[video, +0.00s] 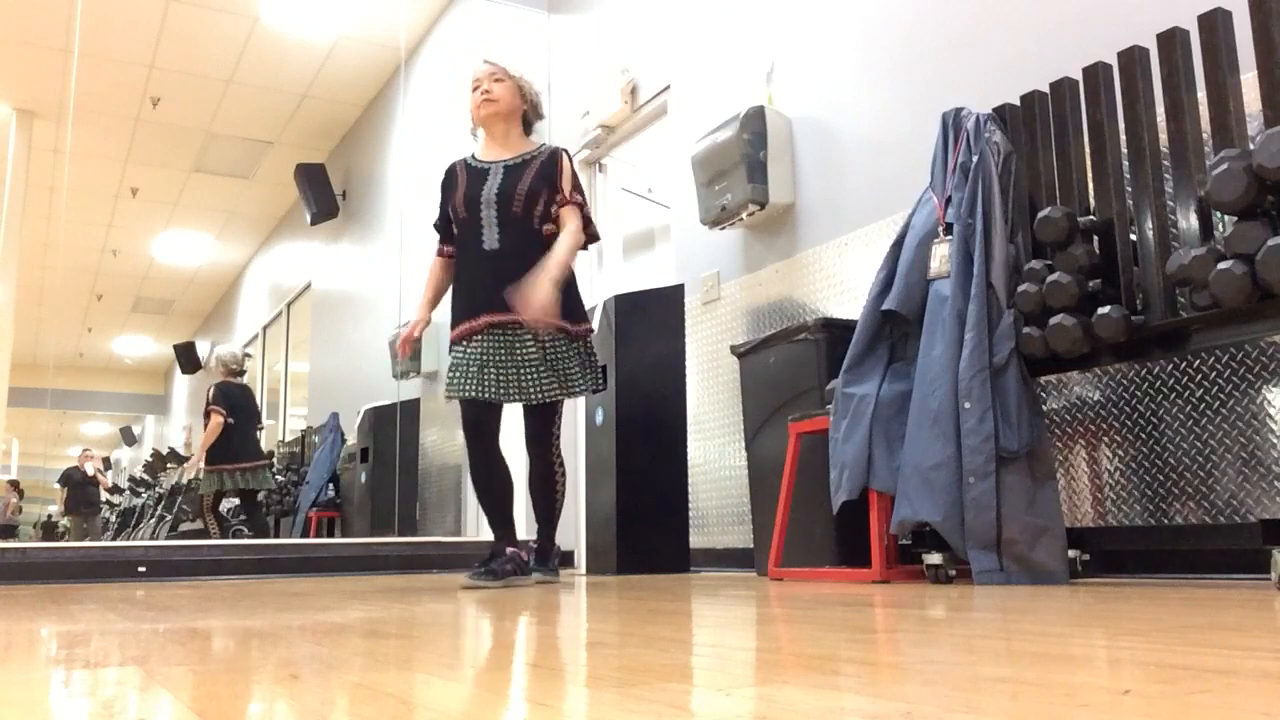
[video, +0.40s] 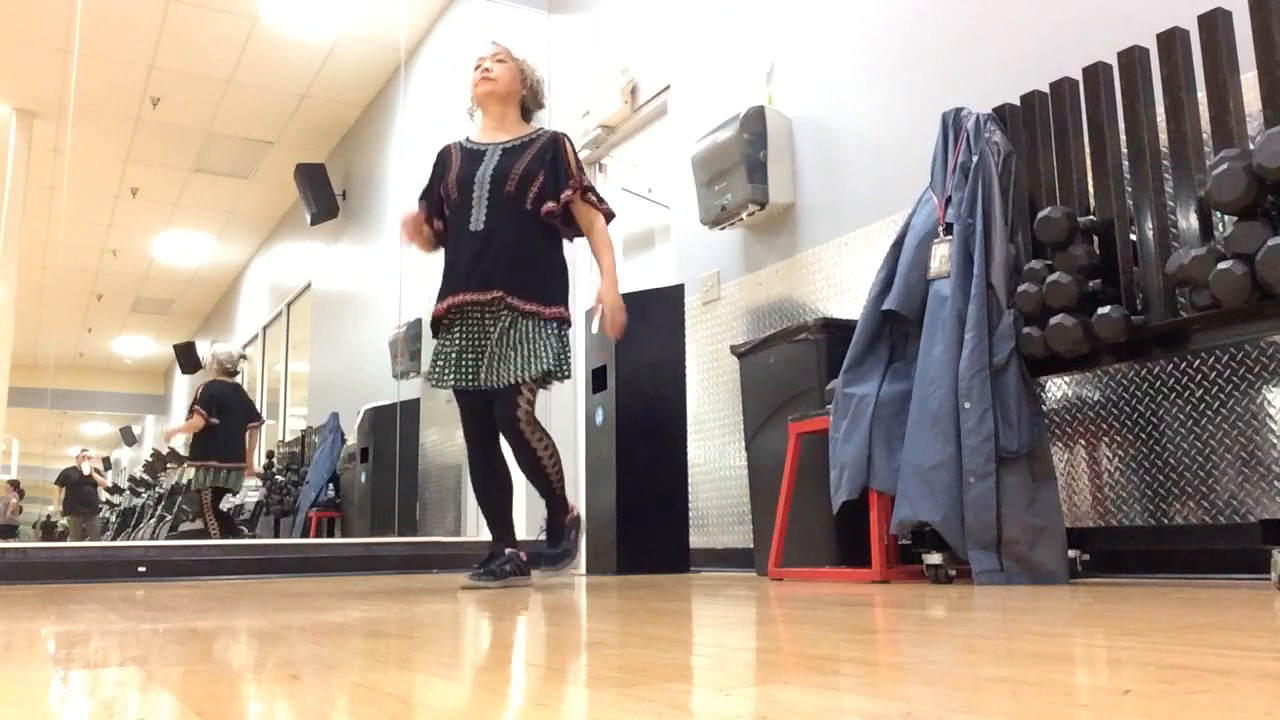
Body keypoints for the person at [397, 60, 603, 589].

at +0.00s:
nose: (482, 88)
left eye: (495, 82)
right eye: (475, 86)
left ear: (523, 101)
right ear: (472, 112)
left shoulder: (551, 159)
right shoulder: (459, 173)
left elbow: (574, 229)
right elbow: (445, 256)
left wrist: (547, 280)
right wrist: (421, 317)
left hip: (541, 315)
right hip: (477, 319)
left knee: (541, 439)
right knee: (479, 436)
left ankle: (545, 550)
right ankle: (505, 548)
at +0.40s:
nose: (482, 67)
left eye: (496, 62)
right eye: (477, 65)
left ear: (524, 84)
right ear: (471, 89)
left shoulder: (550, 144)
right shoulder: (451, 155)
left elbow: (591, 220)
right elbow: (435, 237)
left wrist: (610, 286)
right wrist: (419, 231)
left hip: (529, 302)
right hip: (464, 304)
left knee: (515, 418)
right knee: (478, 432)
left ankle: (561, 513)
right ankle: (505, 549)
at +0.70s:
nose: (490, 55)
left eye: (505, 49)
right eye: (484, 52)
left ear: (532, 74)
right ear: (478, 79)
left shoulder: (556, 134)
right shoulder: (454, 143)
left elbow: (598, 214)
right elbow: (429, 227)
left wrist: (568, 204)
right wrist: (425, 175)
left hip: (534, 294)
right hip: (470, 298)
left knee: (527, 424)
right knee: (487, 430)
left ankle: (531, 550)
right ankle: (503, 548)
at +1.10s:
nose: (495, 41)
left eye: (510, 36)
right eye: (489, 39)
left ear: (538, 62)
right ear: (482, 67)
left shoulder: (565, 125)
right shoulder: (457, 130)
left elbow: (597, 199)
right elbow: (435, 211)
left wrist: (604, 212)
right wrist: (464, 242)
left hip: (549, 290)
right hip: (480, 292)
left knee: (533, 421)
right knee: (472, 429)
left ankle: (532, 548)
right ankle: (502, 542)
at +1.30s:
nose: (493, 32)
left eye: (508, 26)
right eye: (485, 29)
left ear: (536, 52)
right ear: (477, 58)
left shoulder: (564, 119)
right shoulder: (455, 124)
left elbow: (604, 197)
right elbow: (424, 213)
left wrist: (559, 174)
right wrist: (413, 284)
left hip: (545, 286)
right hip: (472, 287)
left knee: (534, 420)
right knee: (446, 392)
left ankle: (533, 548)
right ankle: (476, 521)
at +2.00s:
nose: (474, 37)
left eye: (488, 27)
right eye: (466, 32)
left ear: (521, 45)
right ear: (461, 55)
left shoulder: (549, 109)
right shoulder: (444, 128)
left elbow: (562, 157)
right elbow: (412, 203)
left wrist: (500, 176)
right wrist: (373, 208)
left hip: (518, 282)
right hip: (445, 280)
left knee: (514, 423)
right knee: (437, 421)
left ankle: (535, 551)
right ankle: (427, 556)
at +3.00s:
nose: (460, 46)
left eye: (474, 37)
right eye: (455, 41)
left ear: (505, 57)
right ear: (451, 64)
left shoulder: (526, 121)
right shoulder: (436, 139)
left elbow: (549, 194)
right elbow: (426, 221)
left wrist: (551, 253)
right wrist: (401, 230)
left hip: (500, 287)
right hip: (435, 292)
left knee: (485, 403)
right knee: (442, 425)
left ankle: (529, 535)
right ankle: (476, 549)